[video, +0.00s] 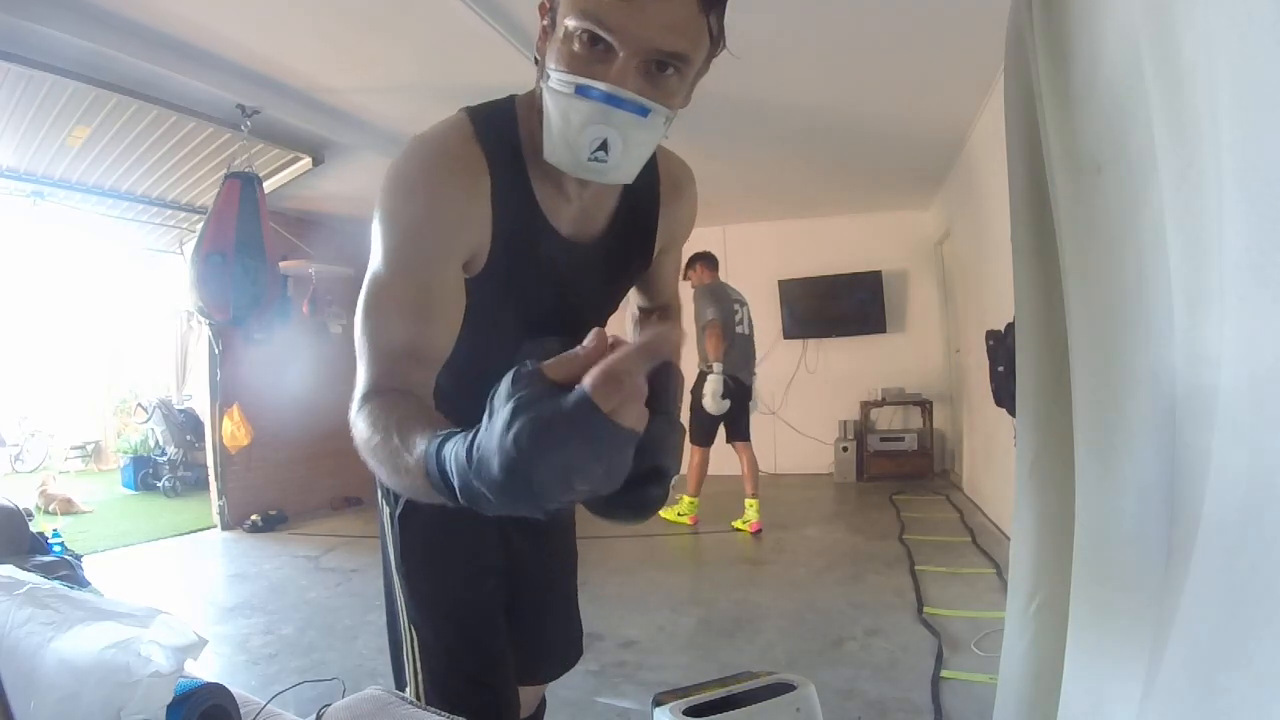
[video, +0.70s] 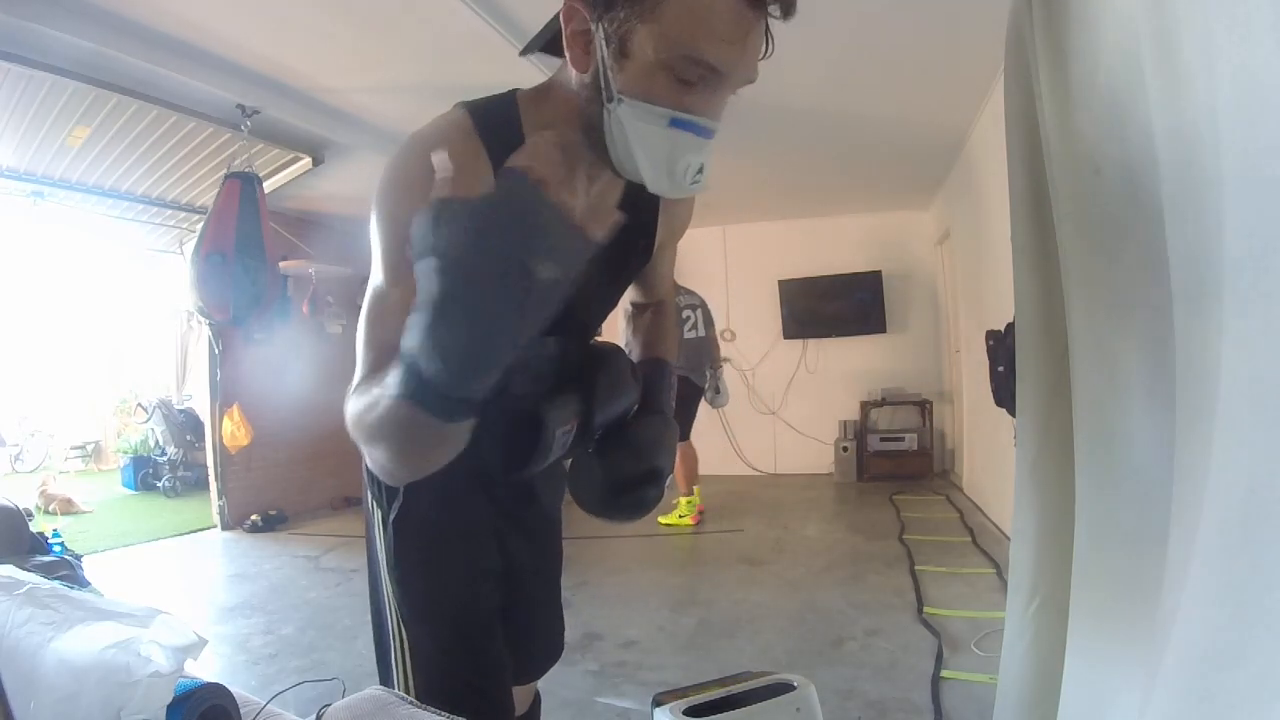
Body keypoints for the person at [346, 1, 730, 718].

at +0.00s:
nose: (616, 91)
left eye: (663, 66)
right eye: (592, 43)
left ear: (702, 72)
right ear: (544, 25)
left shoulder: (667, 190)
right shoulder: (443, 171)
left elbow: (659, 331)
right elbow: (384, 399)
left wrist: (647, 444)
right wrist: (468, 467)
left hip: (556, 463)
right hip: (435, 472)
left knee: (531, 683)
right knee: (480, 703)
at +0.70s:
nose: (713, 120)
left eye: (736, 87)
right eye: (689, 77)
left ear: (751, 73)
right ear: (584, 40)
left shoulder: (664, 188)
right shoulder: (446, 161)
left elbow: (653, 301)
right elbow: (391, 453)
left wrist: (654, 415)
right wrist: (454, 359)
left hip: (537, 450)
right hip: (431, 459)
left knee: (522, 688)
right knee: (469, 705)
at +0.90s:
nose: (687, 115)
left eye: (716, 85)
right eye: (662, 73)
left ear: (738, 63)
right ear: (566, 32)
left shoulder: (656, 183)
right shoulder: (450, 154)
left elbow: (646, 303)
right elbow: (389, 428)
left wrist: (652, 400)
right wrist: (653, 425)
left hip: (528, 450)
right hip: (429, 460)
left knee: (519, 680)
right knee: (461, 701)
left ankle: (517, 705)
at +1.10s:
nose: (664, 112)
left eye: (699, 85)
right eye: (640, 68)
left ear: (728, 66)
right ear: (560, 27)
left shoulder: (655, 182)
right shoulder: (454, 144)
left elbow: (642, 302)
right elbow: (410, 391)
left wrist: (648, 394)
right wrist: (650, 482)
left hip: (531, 433)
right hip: (428, 447)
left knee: (519, 676)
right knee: (457, 697)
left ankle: (516, 704)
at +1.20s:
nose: (652, 98)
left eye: (691, 75)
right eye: (627, 47)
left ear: (720, 75)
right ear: (561, 28)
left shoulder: (658, 187)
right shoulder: (454, 149)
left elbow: (643, 303)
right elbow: (381, 418)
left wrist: (645, 394)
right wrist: (627, 496)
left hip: (528, 451)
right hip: (426, 457)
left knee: (519, 679)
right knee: (456, 698)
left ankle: (513, 704)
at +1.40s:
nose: (637, 78)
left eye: (681, 60)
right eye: (616, 28)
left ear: (709, 81)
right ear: (559, 20)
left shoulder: (664, 189)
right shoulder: (448, 150)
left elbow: (650, 309)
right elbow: (362, 427)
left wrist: (649, 423)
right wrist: (588, 507)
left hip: (533, 462)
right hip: (421, 465)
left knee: (520, 687)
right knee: (461, 705)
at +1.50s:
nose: (633, 74)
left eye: (679, 54)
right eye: (610, 26)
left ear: (711, 73)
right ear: (556, 20)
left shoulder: (664, 187)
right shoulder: (446, 152)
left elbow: (653, 309)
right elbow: (362, 431)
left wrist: (651, 418)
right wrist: (584, 512)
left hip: (535, 467)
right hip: (421, 469)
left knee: (521, 684)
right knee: (462, 704)